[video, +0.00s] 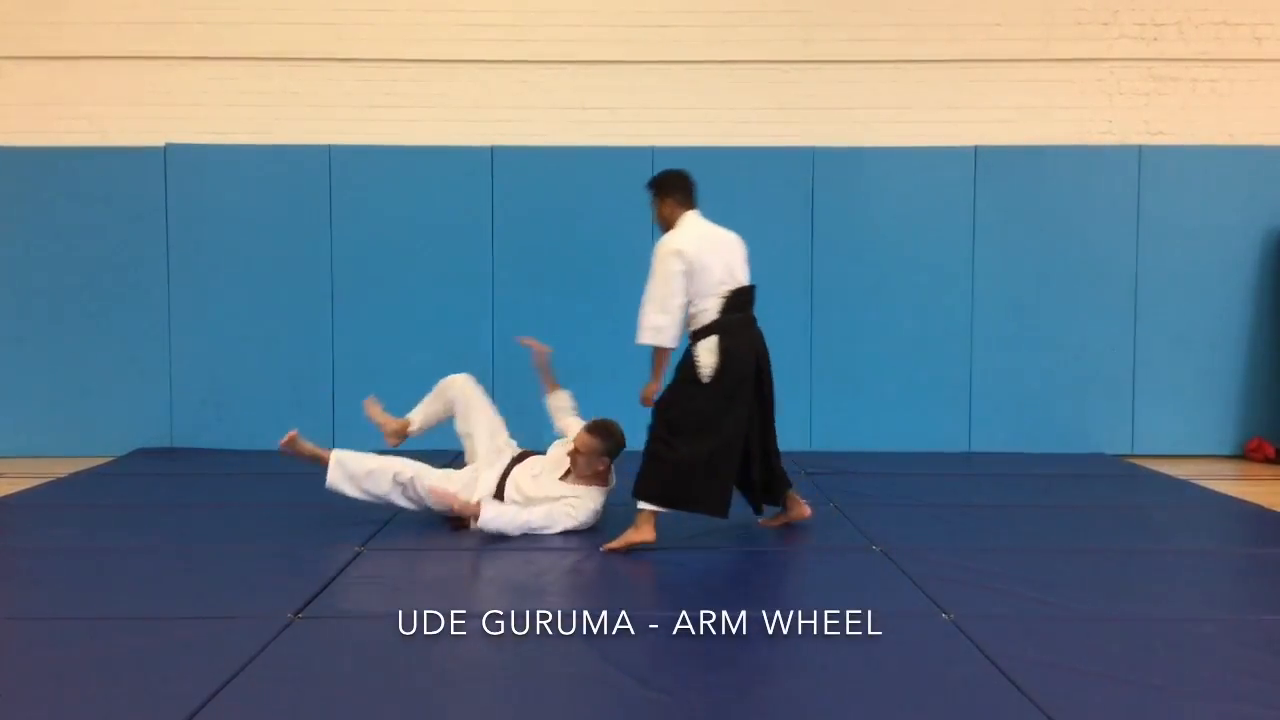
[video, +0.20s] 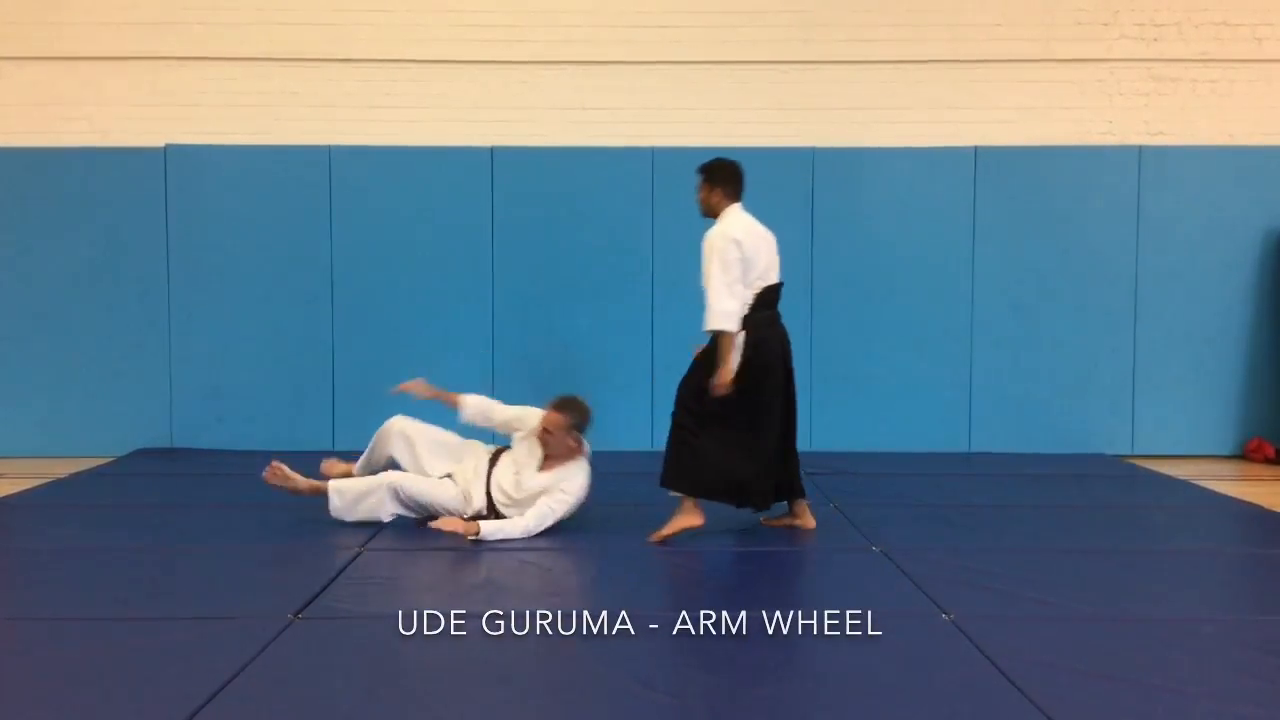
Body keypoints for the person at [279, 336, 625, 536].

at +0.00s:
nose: (571, 453)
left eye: (579, 453)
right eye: (574, 445)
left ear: (600, 464)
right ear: (580, 441)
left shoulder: (584, 509)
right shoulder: (584, 448)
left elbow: (528, 519)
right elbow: (564, 412)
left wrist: (476, 511)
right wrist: (545, 369)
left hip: (478, 494)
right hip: (502, 455)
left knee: (404, 477)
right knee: (461, 384)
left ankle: (318, 455)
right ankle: (402, 428)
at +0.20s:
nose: (540, 435)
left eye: (549, 433)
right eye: (541, 427)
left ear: (572, 439)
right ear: (545, 419)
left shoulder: (574, 483)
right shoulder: (541, 421)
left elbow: (530, 523)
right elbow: (491, 411)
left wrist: (476, 529)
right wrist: (437, 395)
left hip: (473, 498)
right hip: (473, 458)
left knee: (395, 482)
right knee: (395, 430)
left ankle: (311, 487)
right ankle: (359, 472)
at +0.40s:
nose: (482, 403)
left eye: (490, 398)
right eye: (481, 394)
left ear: (514, 396)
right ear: (478, 387)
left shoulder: (532, 439)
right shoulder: (472, 398)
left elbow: (526, 506)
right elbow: (420, 411)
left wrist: (488, 531)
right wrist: (360, 430)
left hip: (468, 497)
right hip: (454, 456)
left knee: (402, 497)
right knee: (385, 433)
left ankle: (375, 506)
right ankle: (373, 486)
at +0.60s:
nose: (432, 396)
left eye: (440, 388)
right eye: (425, 388)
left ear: (456, 380)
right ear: (418, 379)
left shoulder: (479, 419)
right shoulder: (411, 391)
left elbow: (506, 479)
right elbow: (361, 414)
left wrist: (490, 530)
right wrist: (324, 454)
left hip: (464, 493)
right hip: (430, 464)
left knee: (390, 514)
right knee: (368, 444)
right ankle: (394, 502)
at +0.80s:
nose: (417, 381)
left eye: (424, 372)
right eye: (408, 374)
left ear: (432, 365)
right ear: (391, 367)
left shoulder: (449, 400)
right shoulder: (377, 372)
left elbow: (477, 460)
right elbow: (322, 398)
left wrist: (487, 527)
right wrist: (304, 448)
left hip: (418, 467)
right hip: (382, 438)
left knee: (370, 521)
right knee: (317, 459)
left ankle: (408, 497)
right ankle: (370, 489)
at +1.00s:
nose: (416, 338)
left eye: (421, 329)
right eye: (407, 330)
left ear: (426, 326)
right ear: (384, 327)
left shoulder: (435, 369)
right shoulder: (358, 342)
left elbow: (450, 433)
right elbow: (303, 368)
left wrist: (452, 502)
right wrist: (280, 423)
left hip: (385, 448)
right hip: (342, 418)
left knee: (365, 525)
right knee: (275, 434)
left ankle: (355, 504)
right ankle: (278, 494)